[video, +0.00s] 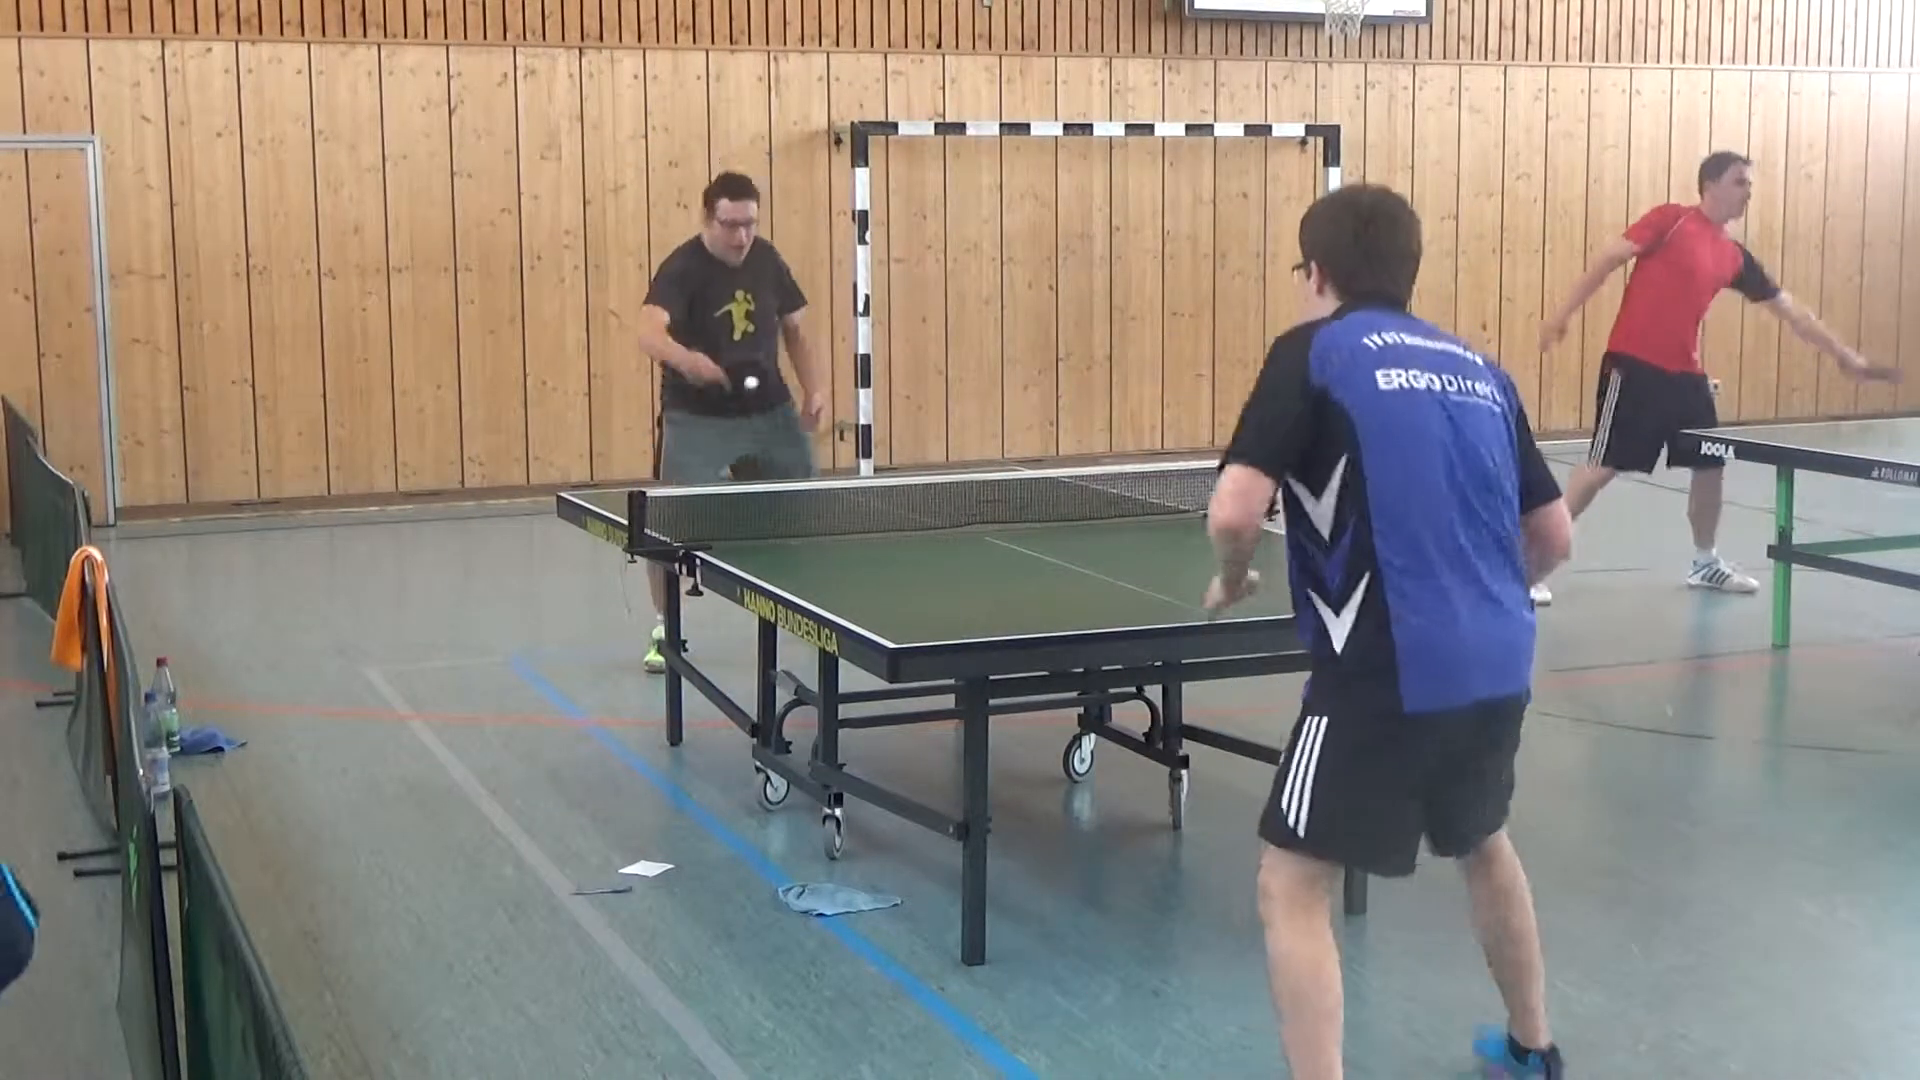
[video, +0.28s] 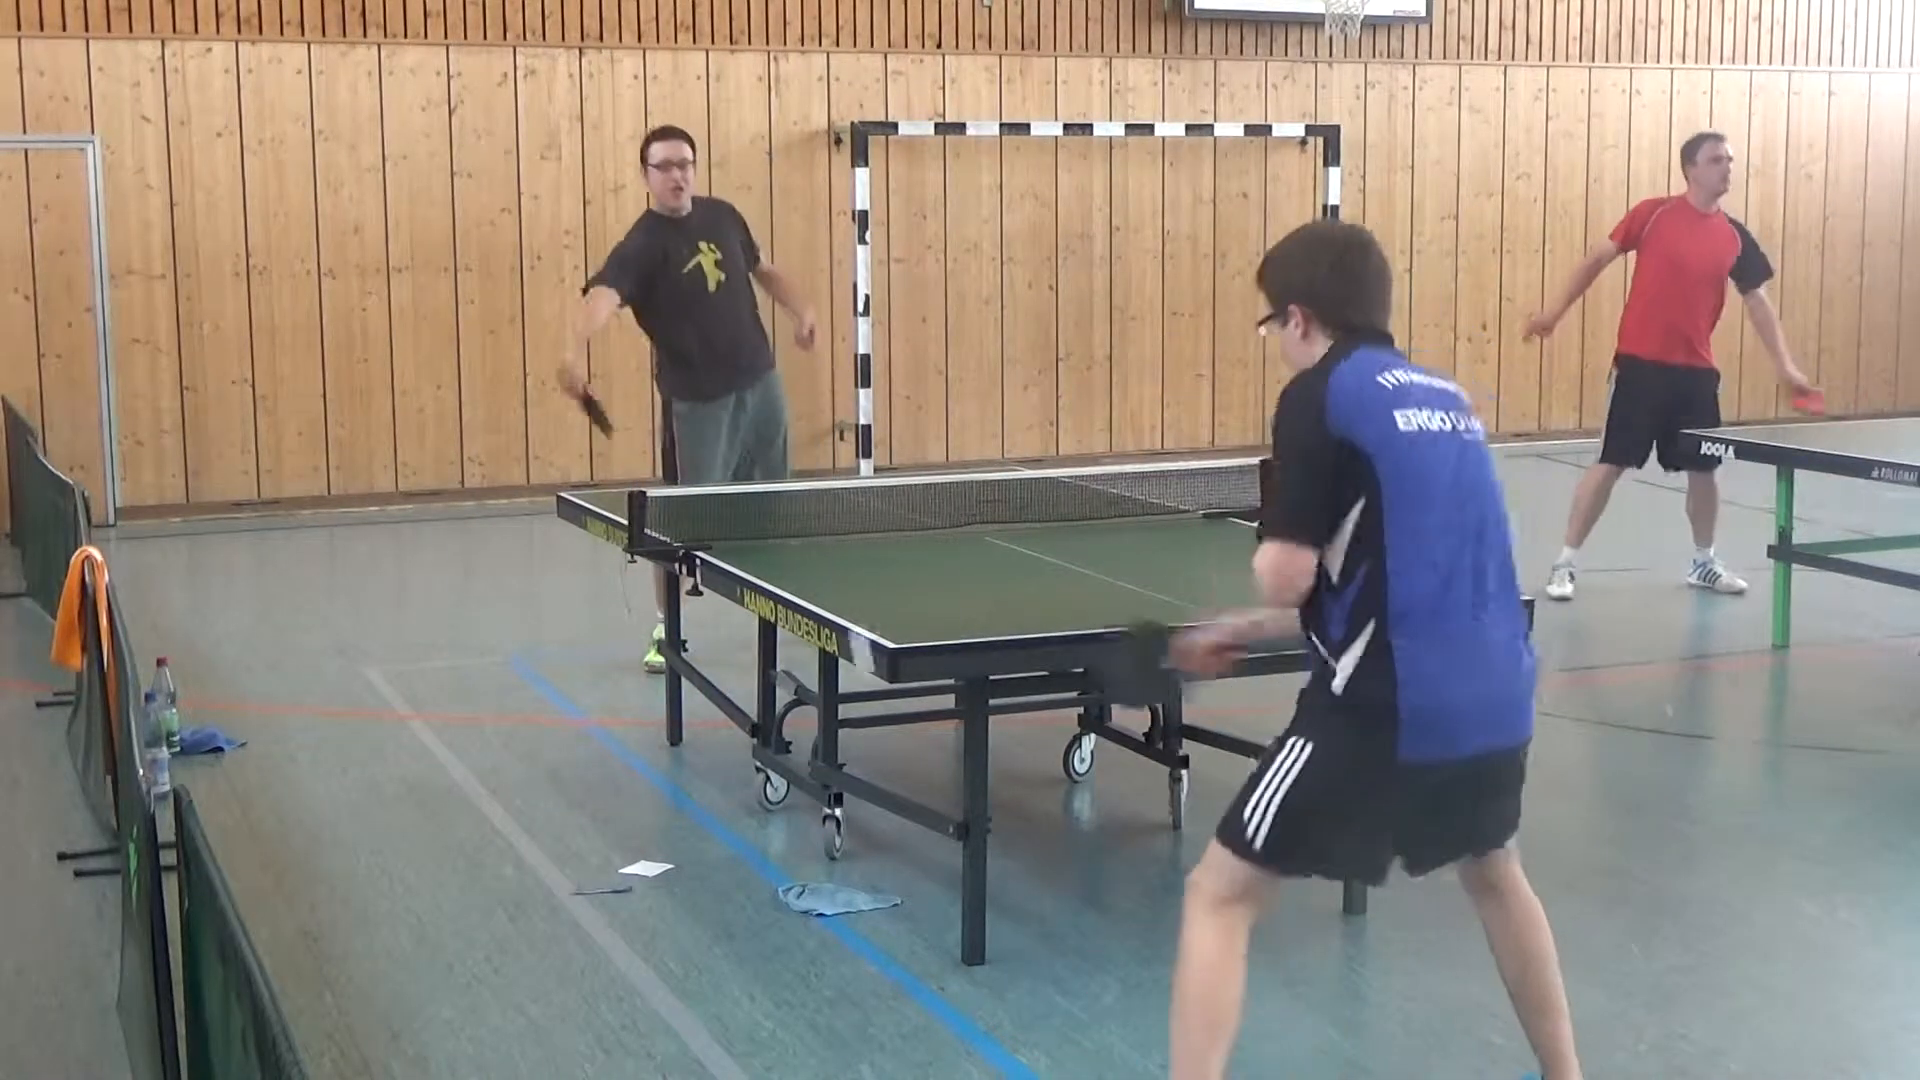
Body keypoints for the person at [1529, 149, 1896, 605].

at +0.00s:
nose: (1748, 193)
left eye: (1749, 186)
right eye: (1741, 184)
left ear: (1735, 192)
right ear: (1711, 185)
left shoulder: (1735, 255)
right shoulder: (1672, 218)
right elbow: (1608, 259)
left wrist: (1845, 353)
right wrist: (1562, 315)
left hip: (1686, 374)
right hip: (1634, 365)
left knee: (1709, 463)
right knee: (1602, 465)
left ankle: (1704, 563)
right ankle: (1528, 562)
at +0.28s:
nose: (1729, 167)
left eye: (1730, 160)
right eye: (1718, 160)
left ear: (1729, 169)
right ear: (1691, 169)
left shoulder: (1733, 236)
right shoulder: (1652, 214)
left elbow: (1758, 304)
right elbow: (1595, 262)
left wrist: (1787, 366)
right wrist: (1553, 314)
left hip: (1695, 371)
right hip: (1640, 365)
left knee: (1704, 467)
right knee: (1613, 462)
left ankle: (1704, 563)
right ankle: (1565, 563)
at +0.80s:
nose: (1719, 158)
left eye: (1719, 151)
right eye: (1707, 151)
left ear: (1716, 162)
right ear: (1680, 164)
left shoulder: (1727, 225)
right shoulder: (1653, 217)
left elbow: (1733, 299)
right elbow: (1620, 286)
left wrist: (1736, 359)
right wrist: (1614, 353)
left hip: (1710, 369)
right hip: (1659, 366)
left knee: (1716, 463)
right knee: (1628, 460)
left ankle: (1694, 565)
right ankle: (1567, 555)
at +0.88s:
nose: (1726, 156)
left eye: (1726, 149)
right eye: (1715, 149)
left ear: (1723, 160)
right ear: (1689, 162)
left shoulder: (1730, 224)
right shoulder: (1664, 214)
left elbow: (1738, 297)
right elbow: (1635, 282)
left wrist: (1742, 362)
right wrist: (1635, 349)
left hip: (1719, 364)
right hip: (1675, 361)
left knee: (1712, 464)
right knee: (1655, 462)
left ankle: (1693, 564)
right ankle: (1587, 544)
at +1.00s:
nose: (1744, 154)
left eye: (1743, 148)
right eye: (1733, 148)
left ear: (1728, 161)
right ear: (1705, 159)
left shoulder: (1733, 221)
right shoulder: (1686, 210)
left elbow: (1739, 292)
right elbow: (1655, 276)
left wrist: (1755, 349)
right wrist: (1667, 345)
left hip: (1724, 357)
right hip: (1693, 355)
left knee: (1707, 462)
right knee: (1704, 458)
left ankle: (1692, 566)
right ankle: (1627, 542)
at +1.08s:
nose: (1756, 154)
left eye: (1753, 147)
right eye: (1746, 148)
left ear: (1731, 160)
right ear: (1720, 160)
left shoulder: (1732, 211)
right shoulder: (1704, 208)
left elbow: (1735, 288)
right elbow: (1671, 277)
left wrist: (1762, 341)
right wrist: (1692, 341)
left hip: (1719, 354)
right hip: (1704, 355)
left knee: (1699, 459)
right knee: (1739, 455)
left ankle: (1689, 561)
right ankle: (1675, 540)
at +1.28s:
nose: (1787, 163)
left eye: (1785, 155)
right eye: (1781, 155)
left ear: (1745, 164)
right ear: (1760, 162)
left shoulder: (1720, 210)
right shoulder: (1748, 209)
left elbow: (1724, 287)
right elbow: (1727, 278)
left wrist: (1780, 341)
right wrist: (1773, 336)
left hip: (1701, 360)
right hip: (1742, 360)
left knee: (1693, 460)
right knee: (1776, 461)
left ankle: (1690, 564)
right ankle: (1797, 564)